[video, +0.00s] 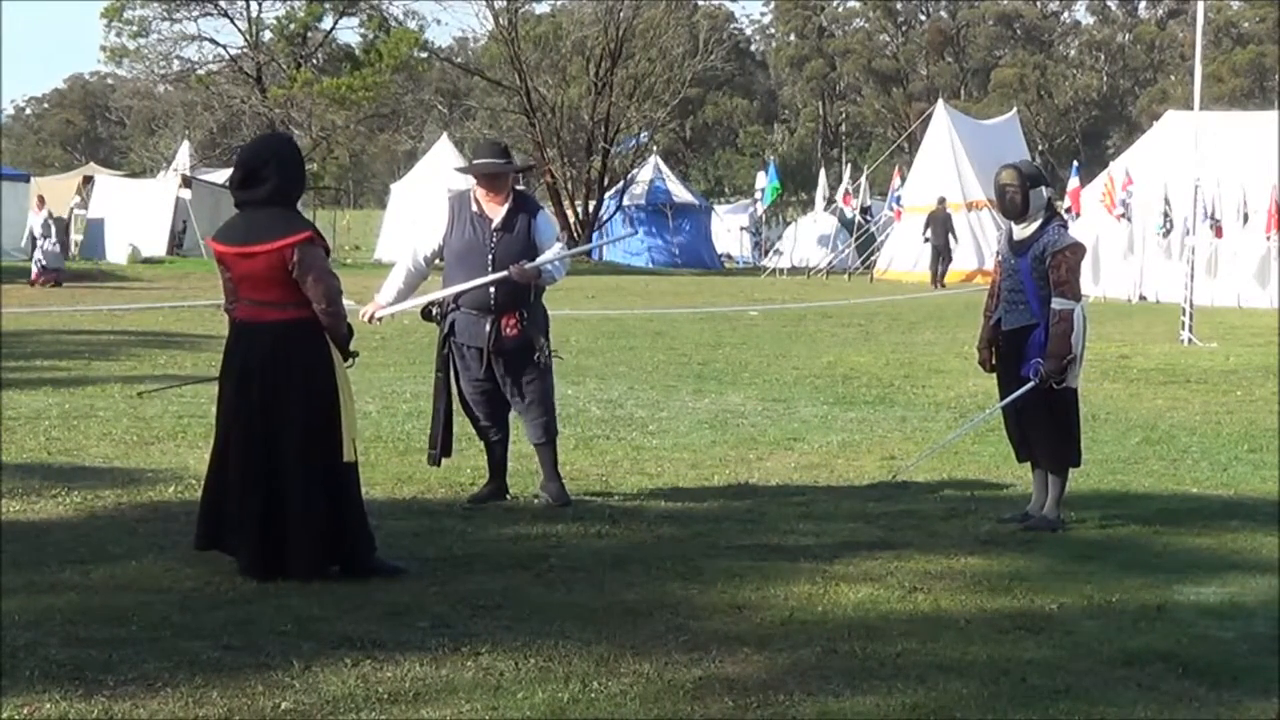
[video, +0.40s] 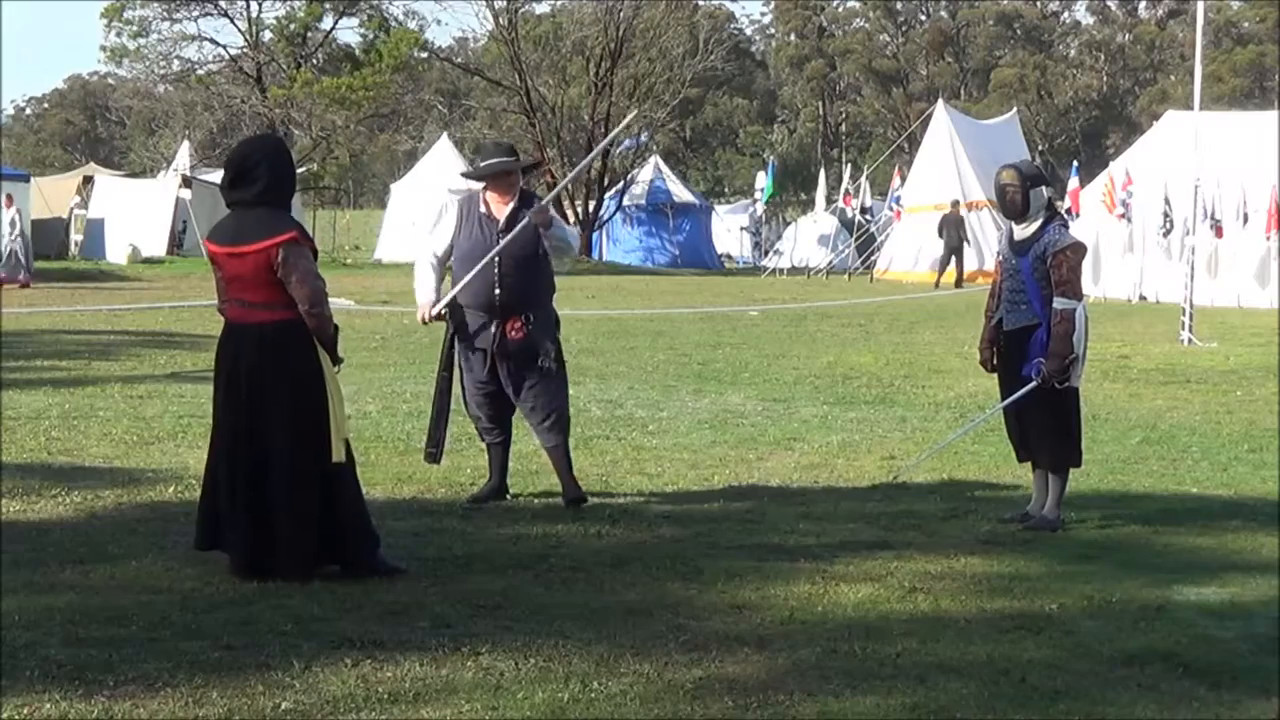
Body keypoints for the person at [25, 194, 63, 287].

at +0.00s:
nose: (38, 204)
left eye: (40, 202)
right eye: (37, 202)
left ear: (43, 203)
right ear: (34, 203)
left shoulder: (47, 212)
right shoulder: (32, 214)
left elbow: (53, 226)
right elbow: (28, 228)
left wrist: (54, 238)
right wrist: (24, 242)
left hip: (48, 239)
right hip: (37, 239)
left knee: (54, 257)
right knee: (36, 258)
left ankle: (57, 278)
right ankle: (34, 277)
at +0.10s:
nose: (28, 205)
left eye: (30, 203)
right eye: (27, 203)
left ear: (33, 204)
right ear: (24, 204)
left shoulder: (37, 214)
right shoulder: (23, 215)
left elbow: (44, 227)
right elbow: (19, 230)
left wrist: (47, 239)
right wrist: (16, 243)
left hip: (38, 239)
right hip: (29, 240)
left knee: (42, 259)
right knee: (28, 258)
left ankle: (53, 277)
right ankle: (26, 279)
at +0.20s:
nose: (21, 204)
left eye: (23, 202)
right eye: (19, 202)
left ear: (27, 203)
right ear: (18, 203)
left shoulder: (31, 213)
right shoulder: (16, 212)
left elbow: (37, 226)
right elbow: (14, 227)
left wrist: (40, 238)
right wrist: (13, 239)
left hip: (32, 238)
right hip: (23, 238)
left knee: (31, 257)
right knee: (22, 257)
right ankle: (21, 276)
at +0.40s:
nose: (6, 203)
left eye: (7, 201)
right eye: (5, 201)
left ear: (11, 201)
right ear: (4, 202)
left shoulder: (16, 211)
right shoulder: (5, 211)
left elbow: (19, 226)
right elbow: (7, 224)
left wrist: (13, 236)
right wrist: (6, 235)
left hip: (17, 237)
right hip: (8, 237)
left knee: (22, 257)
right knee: (5, 257)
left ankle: (25, 277)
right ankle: (3, 274)